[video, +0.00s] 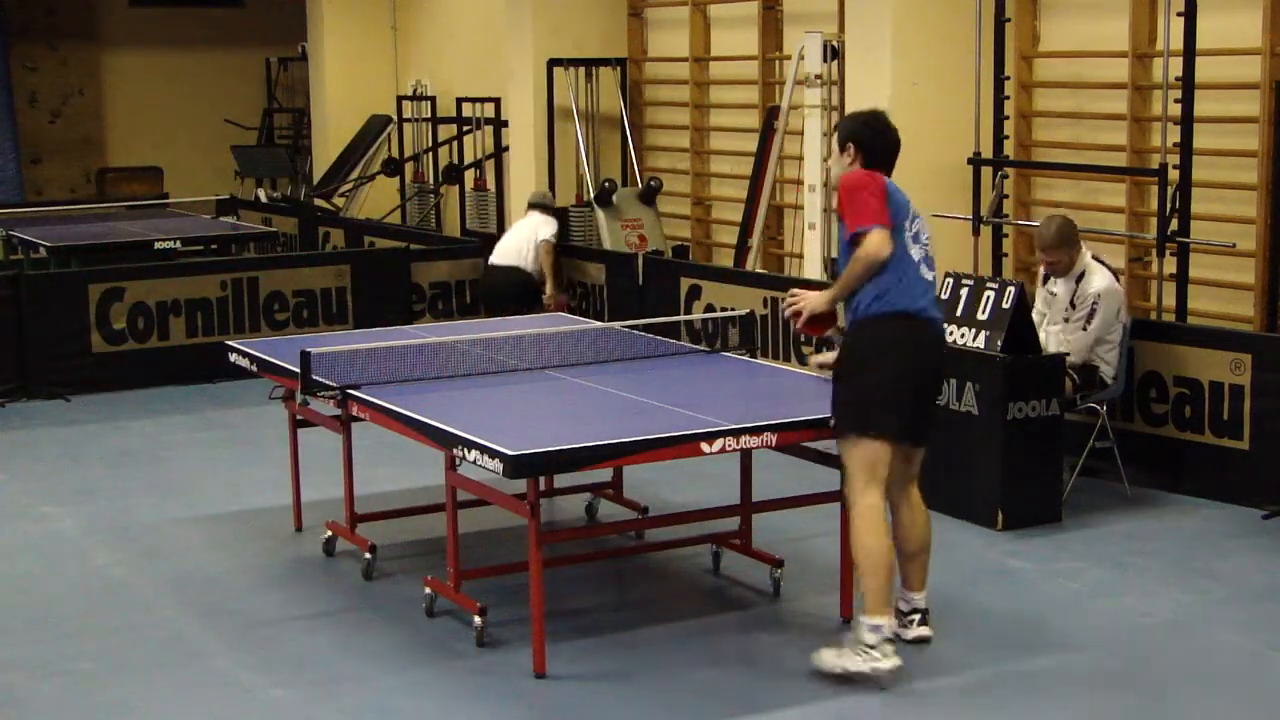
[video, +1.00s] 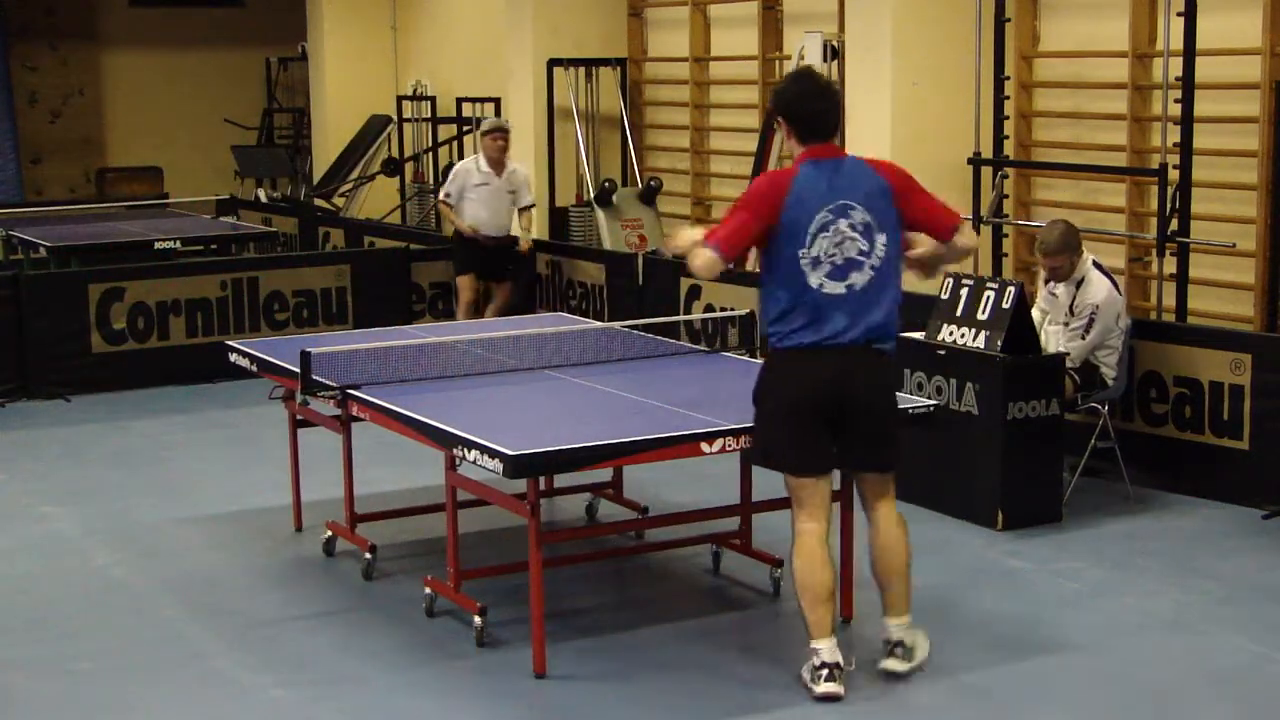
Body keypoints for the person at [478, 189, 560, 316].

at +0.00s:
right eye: (552, 210)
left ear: (528, 208)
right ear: (550, 210)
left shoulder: (519, 223)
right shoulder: (548, 221)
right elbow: (546, 249)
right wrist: (549, 286)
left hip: (492, 275)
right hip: (519, 277)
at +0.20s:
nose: (551, 230)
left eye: (550, 225)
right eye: (549, 226)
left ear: (525, 227)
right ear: (543, 226)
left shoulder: (518, 243)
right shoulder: (543, 240)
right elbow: (536, 265)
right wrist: (542, 304)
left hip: (490, 300)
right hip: (515, 304)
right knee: (568, 305)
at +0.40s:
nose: (556, 214)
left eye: (556, 209)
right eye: (555, 209)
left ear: (533, 208)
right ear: (545, 209)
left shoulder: (521, 223)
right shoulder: (538, 224)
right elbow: (524, 252)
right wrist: (528, 293)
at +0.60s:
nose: (554, 178)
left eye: (553, 172)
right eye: (550, 172)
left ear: (538, 172)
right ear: (538, 172)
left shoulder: (532, 194)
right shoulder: (521, 187)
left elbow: (520, 234)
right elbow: (496, 217)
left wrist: (531, 263)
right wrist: (501, 256)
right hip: (489, 250)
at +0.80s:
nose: (530, 151)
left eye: (532, 146)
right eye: (525, 145)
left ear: (534, 148)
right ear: (509, 146)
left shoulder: (527, 180)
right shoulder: (491, 167)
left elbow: (527, 219)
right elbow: (461, 196)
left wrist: (538, 249)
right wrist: (480, 226)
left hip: (508, 243)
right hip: (479, 240)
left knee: (509, 294)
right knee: (502, 293)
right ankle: (491, 342)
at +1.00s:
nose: (500, 144)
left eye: (504, 139)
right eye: (494, 139)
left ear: (508, 143)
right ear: (482, 142)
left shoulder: (517, 174)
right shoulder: (464, 169)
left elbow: (524, 208)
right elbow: (443, 202)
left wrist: (525, 235)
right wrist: (460, 225)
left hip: (501, 242)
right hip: (469, 239)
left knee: (503, 295)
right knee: (468, 296)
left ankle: (483, 336)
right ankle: (464, 342)